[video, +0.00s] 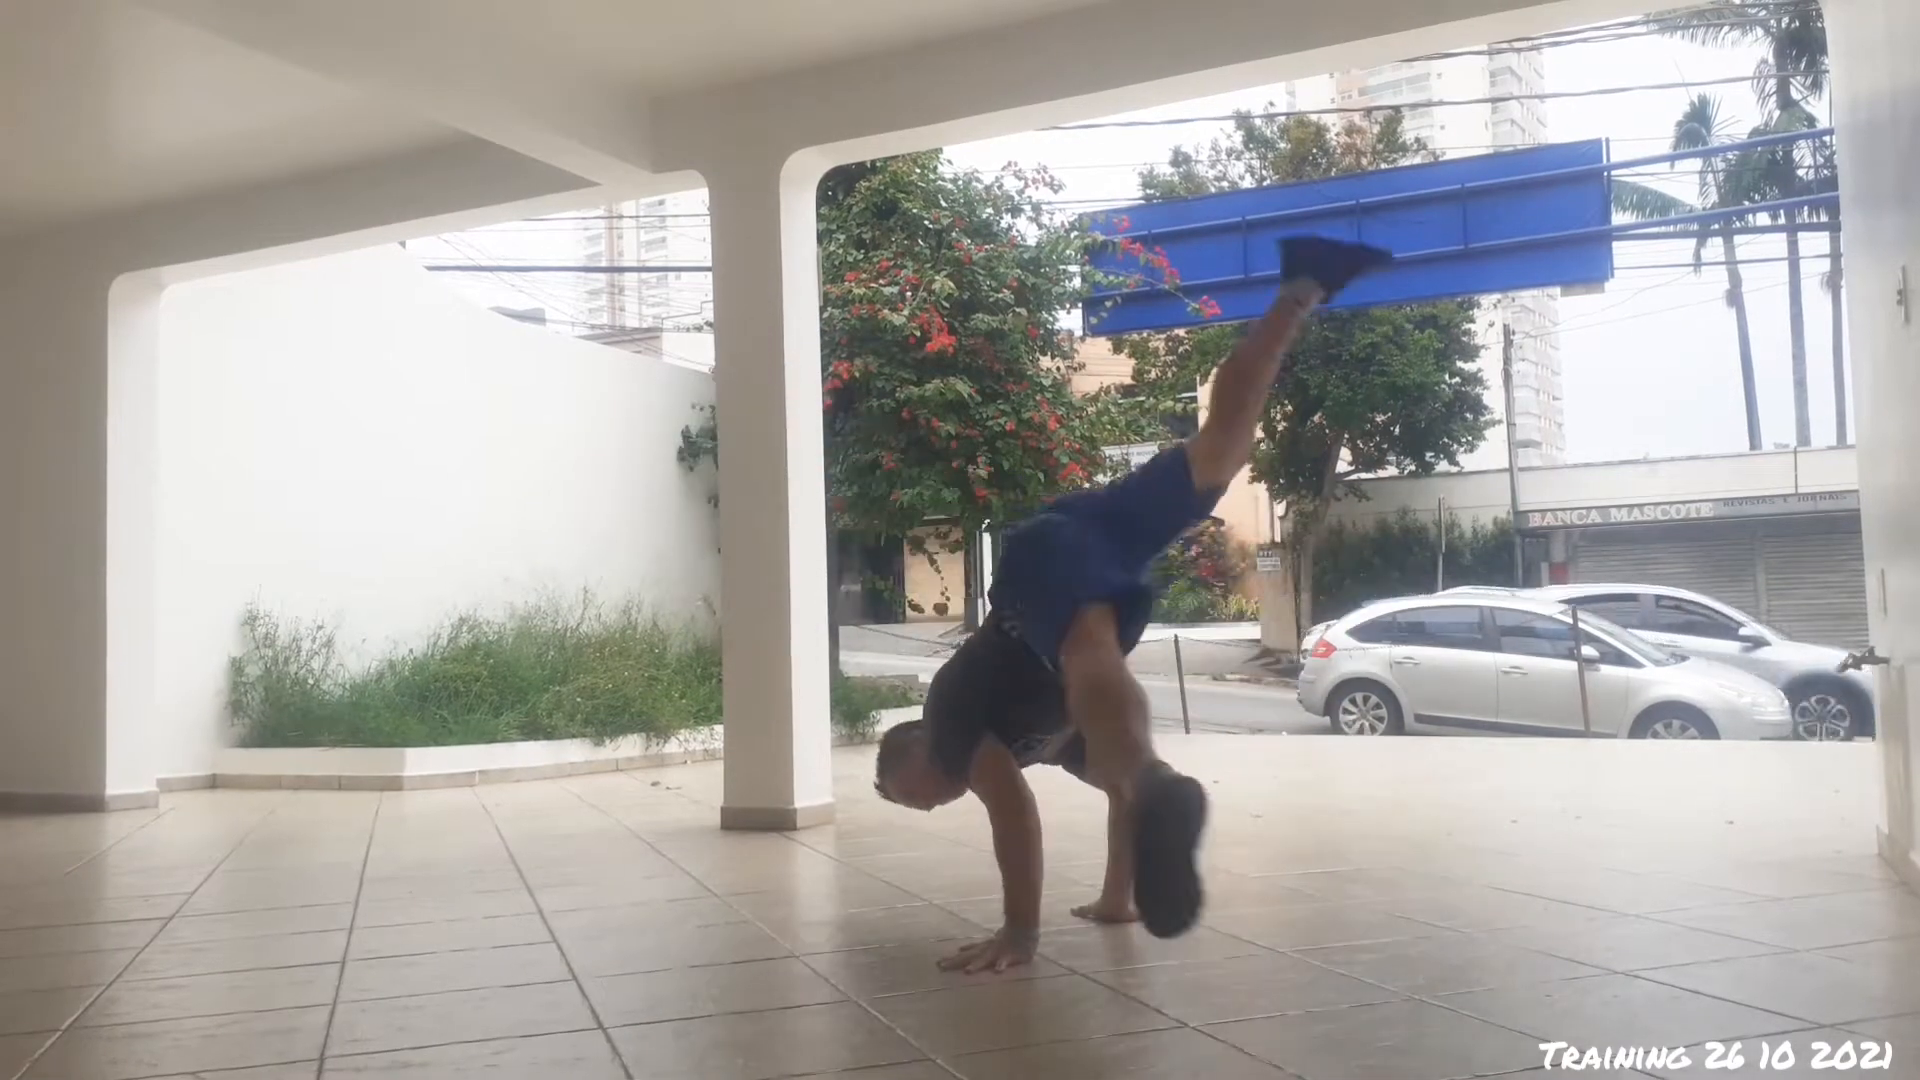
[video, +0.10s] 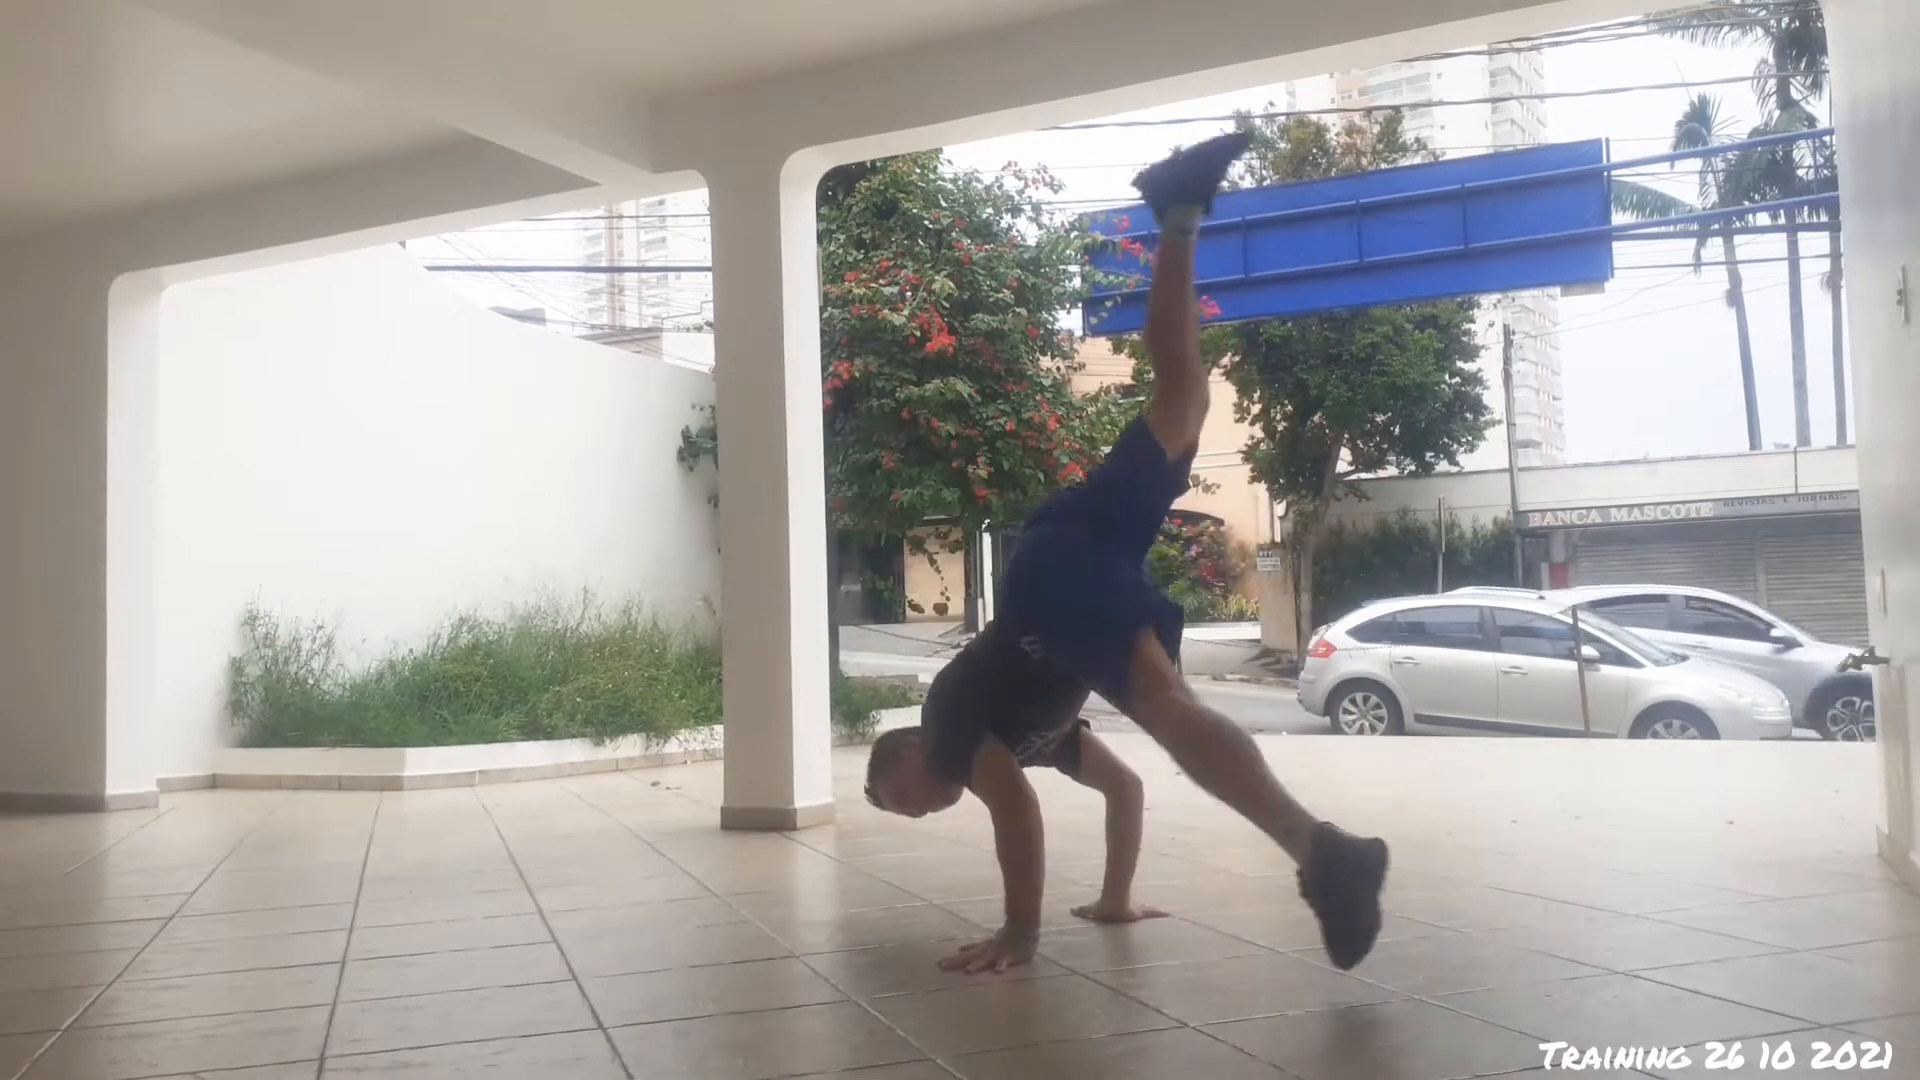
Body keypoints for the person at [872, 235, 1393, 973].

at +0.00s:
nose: (912, 803)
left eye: (896, 793)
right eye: (900, 800)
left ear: (907, 757)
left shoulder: (946, 717)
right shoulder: (1048, 727)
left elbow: (1012, 811)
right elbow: (1117, 786)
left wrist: (1018, 933)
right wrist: (1116, 894)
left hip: (1039, 552)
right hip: (1100, 524)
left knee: (1096, 674)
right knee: (1217, 449)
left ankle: (1153, 803)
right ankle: (1302, 292)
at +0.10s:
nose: (914, 809)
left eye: (901, 800)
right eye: (905, 808)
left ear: (903, 756)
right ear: (919, 766)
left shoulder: (949, 720)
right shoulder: (1041, 733)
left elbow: (1016, 811)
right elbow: (1125, 788)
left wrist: (1019, 937)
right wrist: (1114, 899)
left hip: (1047, 585)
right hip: (1076, 527)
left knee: (1170, 711)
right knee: (1181, 399)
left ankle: (1317, 850)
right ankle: (1178, 218)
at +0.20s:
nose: (907, 811)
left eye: (892, 800)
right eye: (894, 808)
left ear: (900, 760)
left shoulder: (949, 717)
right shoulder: (1030, 724)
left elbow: (1013, 816)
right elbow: (1118, 786)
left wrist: (1016, 932)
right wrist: (1112, 897)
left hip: (1068, 596)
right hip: (1069, 538)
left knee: (1218, 710)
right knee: (1141, 377)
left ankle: (1395, 822)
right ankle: (1065, 204)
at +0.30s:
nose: (903, 809)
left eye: (889, 799)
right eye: (892, 806)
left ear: (897, 758)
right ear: (917, 763)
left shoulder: (949, 715)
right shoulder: (1034, 729)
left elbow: (1011, 814)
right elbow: (1119, 788)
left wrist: (1016, 934)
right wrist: (1114, 901)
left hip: (1089, 610)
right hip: (1071, 551)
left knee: (1253, 693)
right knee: (1112, 374)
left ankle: (1429, 762)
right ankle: (991, 228)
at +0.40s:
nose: (900, 804)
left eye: (888, 793)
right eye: (890, 801)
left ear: (899, 754)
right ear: (923, 764)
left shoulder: (949, 713)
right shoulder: (1032, 723)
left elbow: (1009, 812)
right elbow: (1120, 787)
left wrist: (1015, 935)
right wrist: (1114, 900)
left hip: (1083, 599)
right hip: (1064, 540)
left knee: (1247, 662)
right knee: (1100, 369)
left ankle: (1433, 709)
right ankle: (959, 250)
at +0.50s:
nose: (904, 798)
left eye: (891, 788)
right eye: (894, 795)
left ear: (899, 748)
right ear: (924, 757)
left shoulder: (949, 712)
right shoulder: (1032, 722)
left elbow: (1009, 814)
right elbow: (1119, 786)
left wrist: (1015, 934)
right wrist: (1113, 899)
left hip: (1091, 599)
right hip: (1063, 539)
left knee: (1255, 653)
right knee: (1099, 367)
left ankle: (1443, 686)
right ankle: (965, 244)